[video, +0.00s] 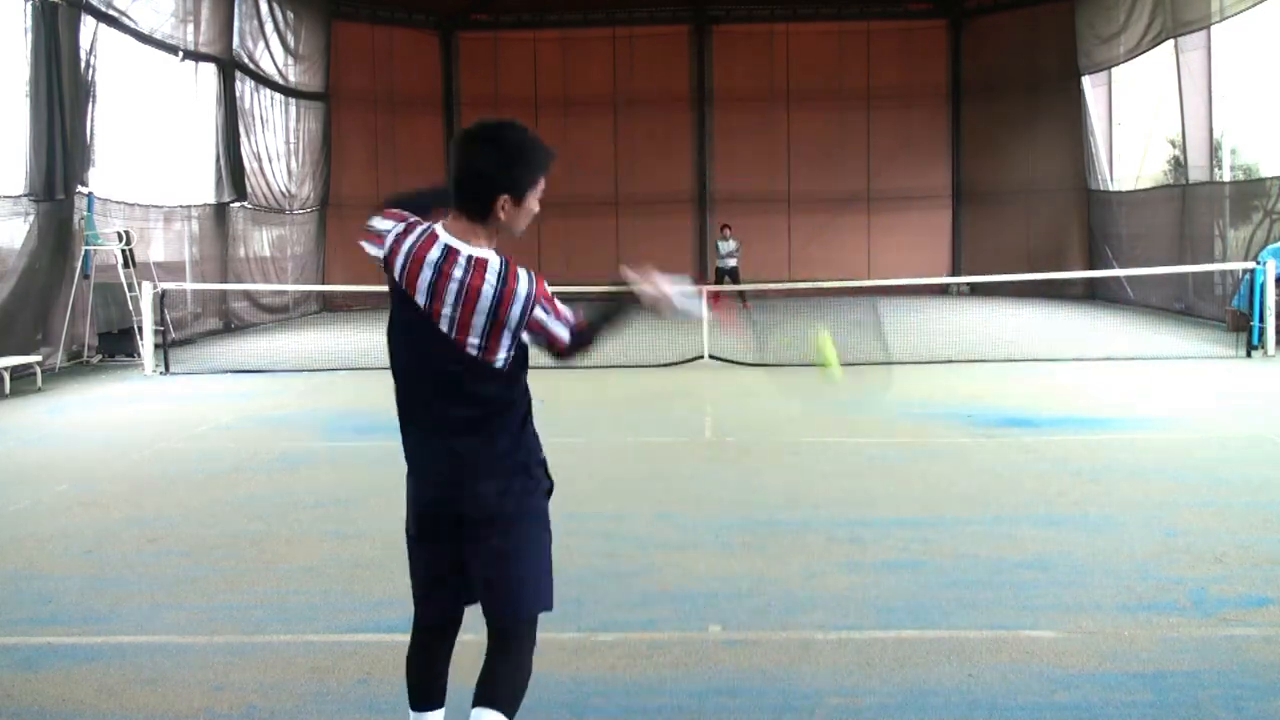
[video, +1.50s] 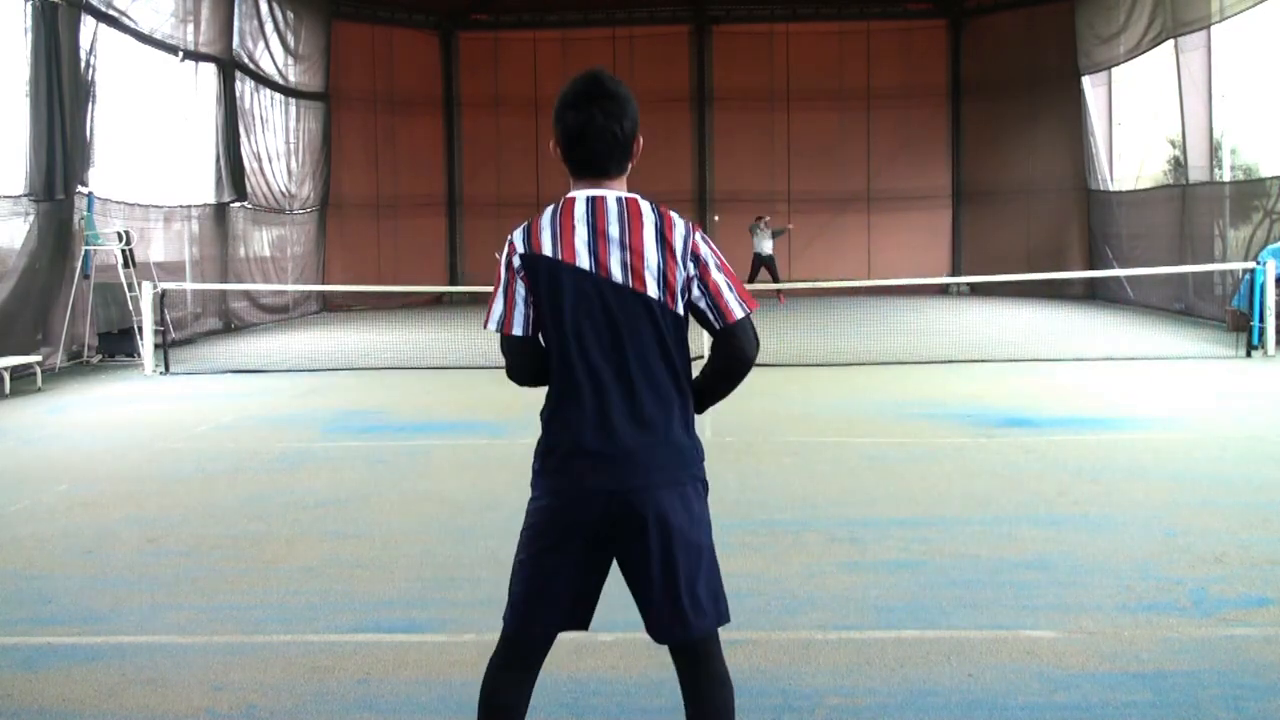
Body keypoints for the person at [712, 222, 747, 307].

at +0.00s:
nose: (726, 233)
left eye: (728, 231)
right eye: (724, 231)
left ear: (730, 232)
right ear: (721, 233)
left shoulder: (735, 242)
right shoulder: (718, 242)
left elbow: (737, 254)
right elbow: (720, 254)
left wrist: (725, 254)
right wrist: (733, 252)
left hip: (733, 266)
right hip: (721, 266)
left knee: (738, 285)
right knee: (718, 285)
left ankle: (744, 302)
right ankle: (715, 302)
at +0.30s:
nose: (721, 228)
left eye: (722, 225)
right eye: (719, 226)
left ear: (724, 227)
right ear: (716, 228)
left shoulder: (729, 237)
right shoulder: (713, 238)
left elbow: (734, 247)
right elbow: (713, 249)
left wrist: (729, 252)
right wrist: (721, 251)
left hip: (728, 260)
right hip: (717, 261)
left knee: (733, 279)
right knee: (713, 279)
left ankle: (737, 296)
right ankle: (712, 297)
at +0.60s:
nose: (725, 235)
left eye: (727, 233)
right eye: (724, 233)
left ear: (730, 234)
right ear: (722, 234)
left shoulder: (734, 243)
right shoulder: (720, 243)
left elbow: (731, 254)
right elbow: (716, 254)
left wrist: (720, 251)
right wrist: (715, 249)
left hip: (733, 265)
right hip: (723, 265)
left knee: (734, 282)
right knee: (717, 282)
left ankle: (739, 299)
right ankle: (711, 297)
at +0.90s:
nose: (736, 234)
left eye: (737, 231)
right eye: (734, 232)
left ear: (740, 232)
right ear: (731, 233)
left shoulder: (743, 241)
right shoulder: (731, 242)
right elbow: (725, 247)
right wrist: (713, 248)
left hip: (749, 262)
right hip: (740, 264)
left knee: (749, 279)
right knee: (741, 281)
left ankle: (751, 296)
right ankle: (748, 295)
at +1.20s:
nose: (744, 236)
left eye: (745, 233)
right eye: (742, 234)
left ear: (748, 234)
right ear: (740, 235)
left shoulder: (753, 242)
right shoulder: (742, 246)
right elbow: (741, 257)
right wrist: (733, 262)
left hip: (759, 265)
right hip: (749, 268)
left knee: (765, 282)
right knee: (746, 284)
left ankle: (777, 296)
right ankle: (753, 299)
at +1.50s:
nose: (762, 224)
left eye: (763, 222)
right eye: (760, 222)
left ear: (765, 223)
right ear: (757, 223)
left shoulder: (770, 232)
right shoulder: (755, 232)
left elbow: (779, 232)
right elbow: (753, 228)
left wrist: (786, 229)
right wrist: (763, 220)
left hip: (768, 255)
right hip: (758, 255)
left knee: (775, 276)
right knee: (752, 276)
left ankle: (779, 293)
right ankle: (747, 293)